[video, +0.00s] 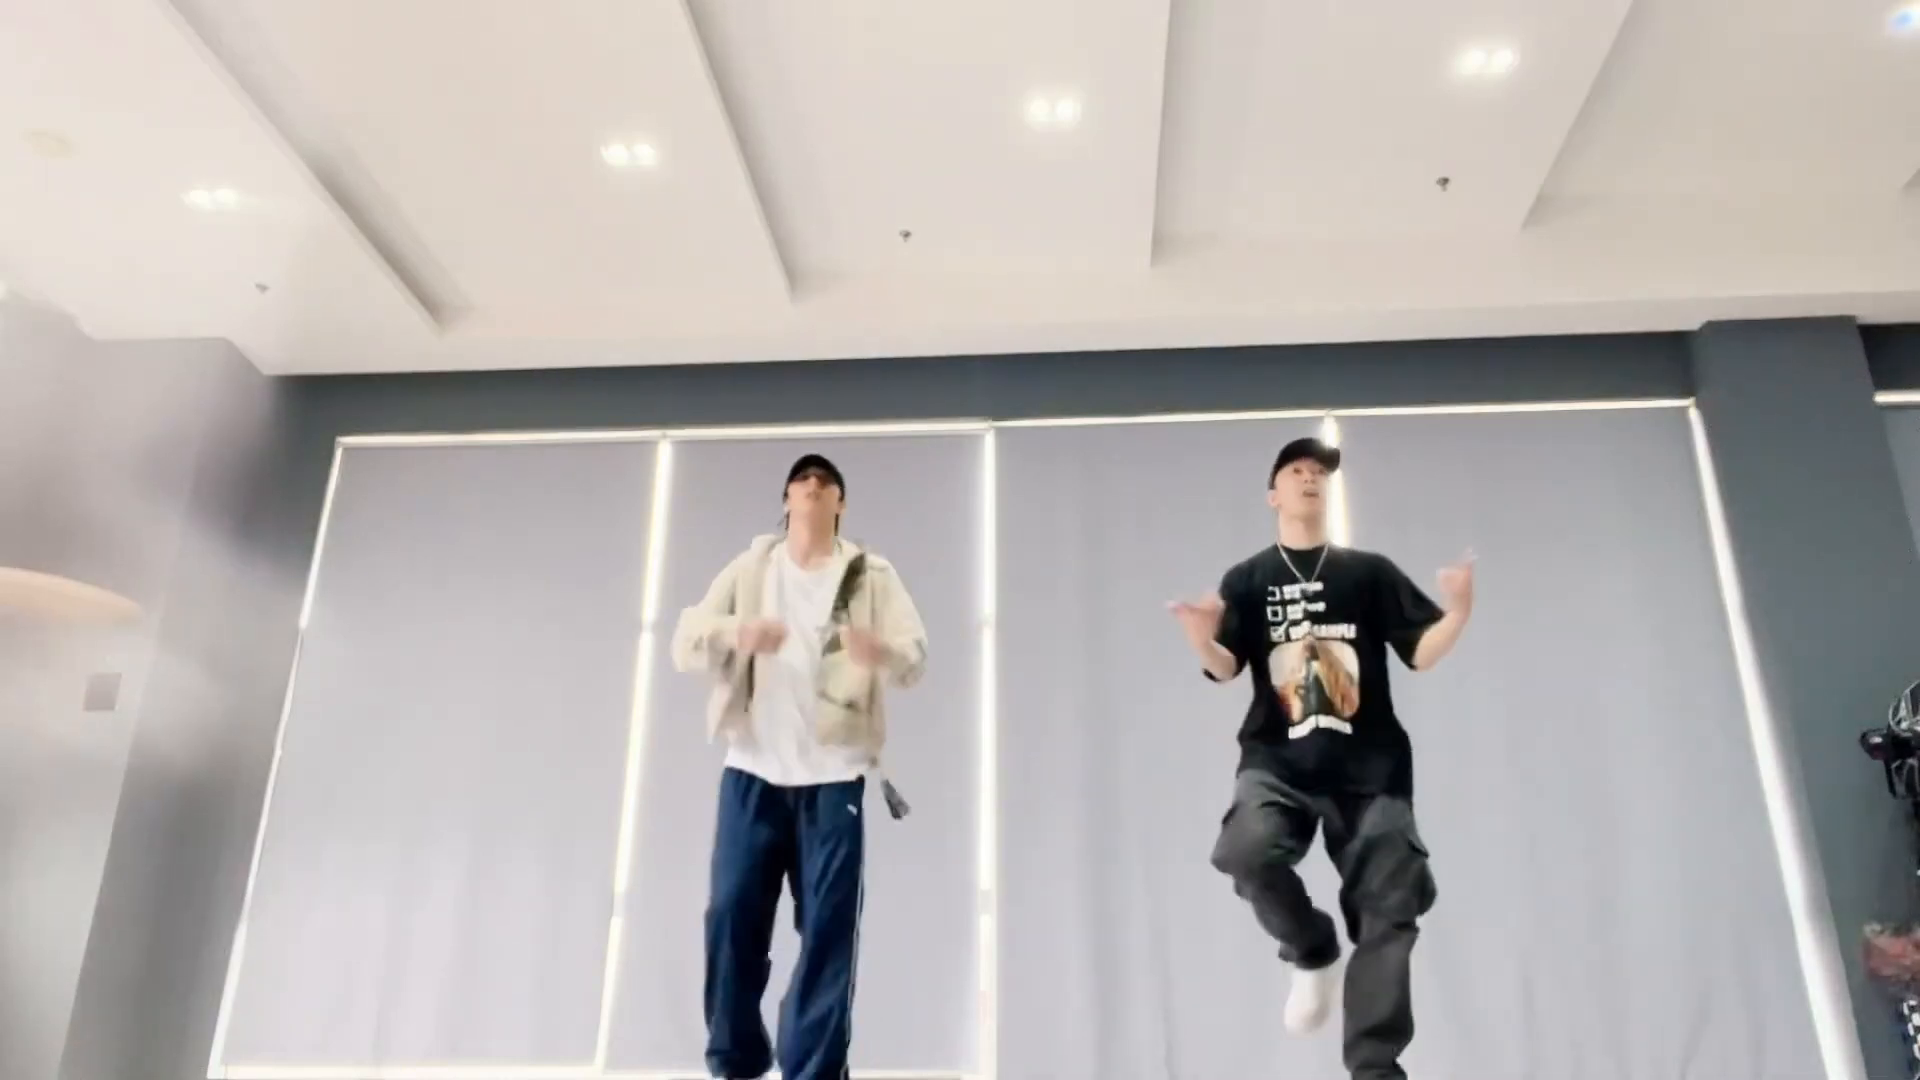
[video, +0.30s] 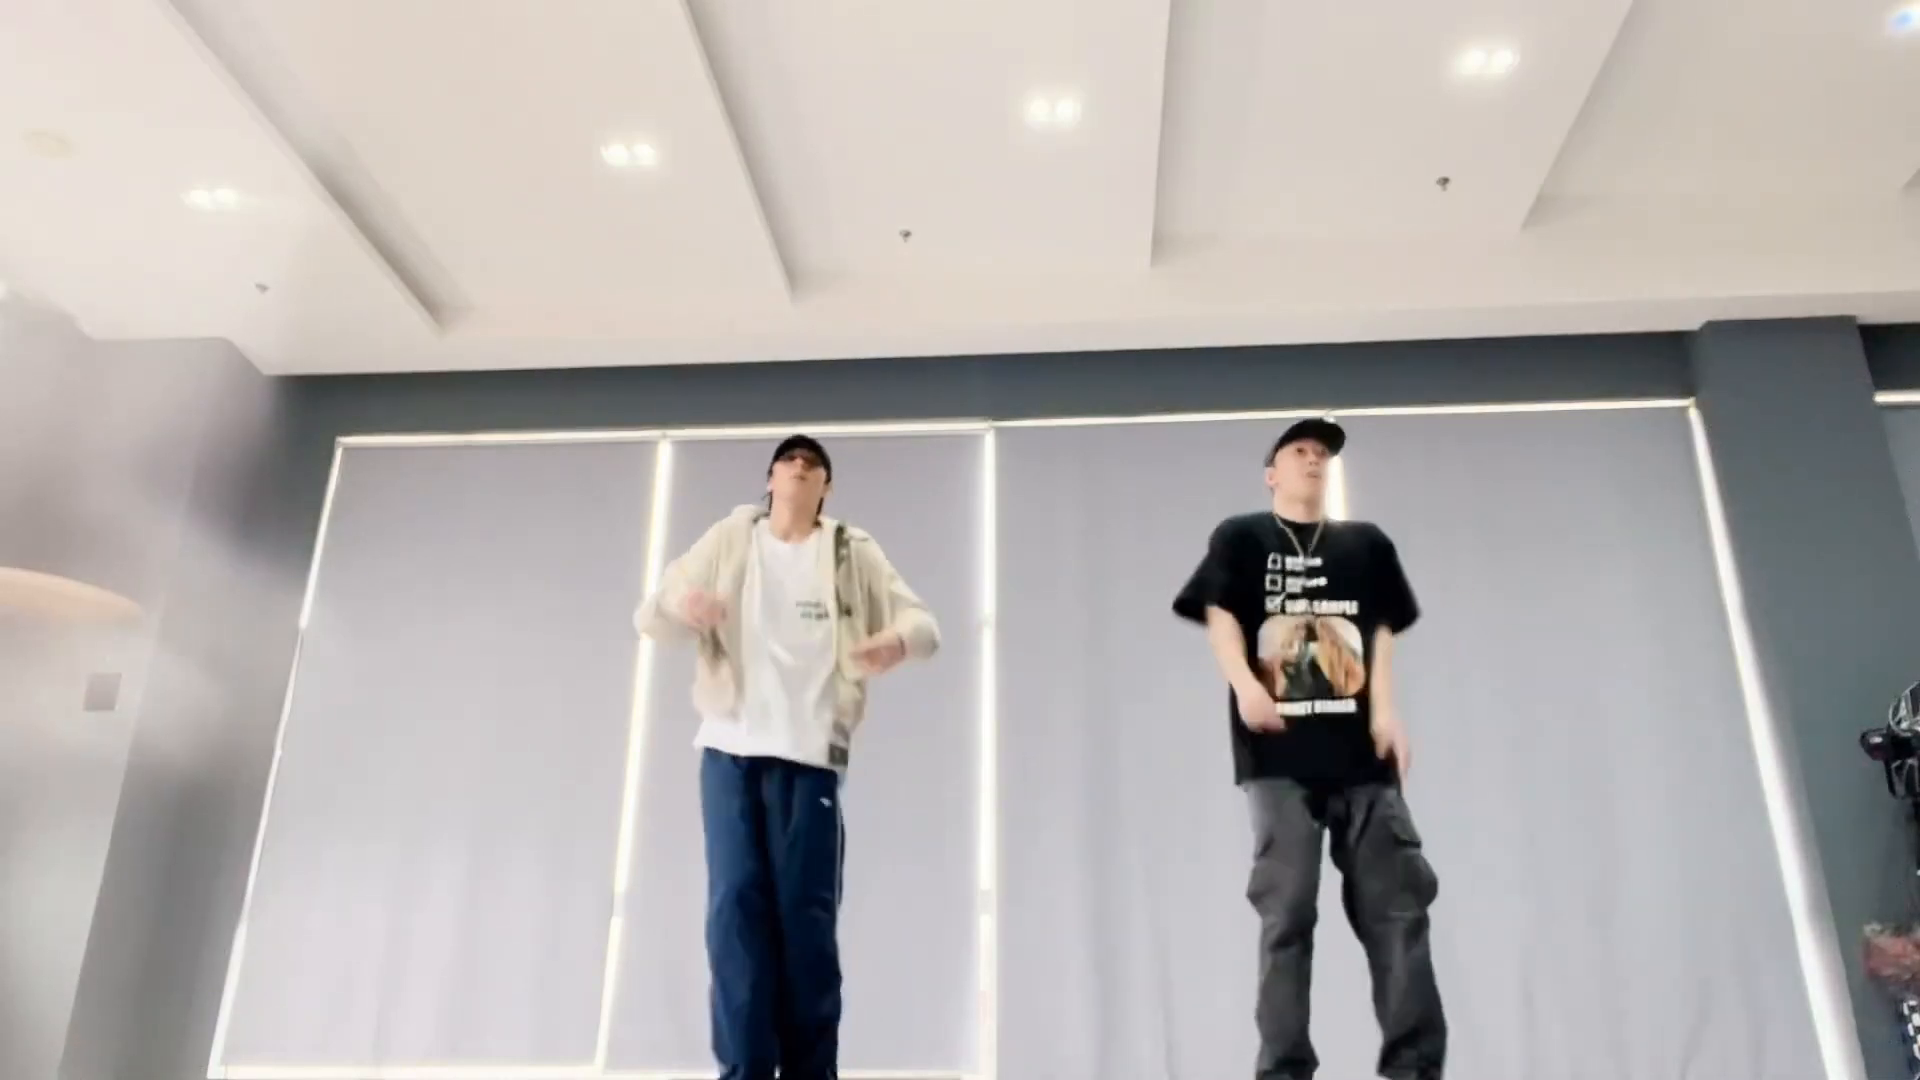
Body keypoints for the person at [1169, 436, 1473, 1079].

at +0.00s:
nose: (1309, 481)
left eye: (1318, 475)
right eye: (1296, 473)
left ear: (1331, 493)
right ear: (1273, 493)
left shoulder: (1371, 571)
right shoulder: (1246, 580)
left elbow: (1421, 653)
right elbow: (1227, 670)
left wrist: (1457, 611)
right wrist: (1204, 641)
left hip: (1367, 762)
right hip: (1277, 759)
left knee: (1389, 901)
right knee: (1248, 853)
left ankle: (1376, 1064)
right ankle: (1315, 956)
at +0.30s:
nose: (1313, 461)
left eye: (1322, 454)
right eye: (1299, 453)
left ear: (1332, 472)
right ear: (1272, 471)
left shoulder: (1365, 542)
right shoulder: (1241, 537)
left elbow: (1381, 633)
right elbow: (1220, 619)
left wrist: (1383, 711)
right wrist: (1246, 686)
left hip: (1361, 756)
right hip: (1278, 757)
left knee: (1397, 902)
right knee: (1287, 908)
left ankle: (1413, 1066)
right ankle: (1284, 1069)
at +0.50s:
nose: (1359, 499)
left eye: (1368, 494)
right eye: (1346, 486)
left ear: (1370, 517)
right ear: (1310, 496)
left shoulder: (1356, 599)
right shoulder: (1263, 545)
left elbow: (1375, 693)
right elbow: (1192, 595)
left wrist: (1391, 651)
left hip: (1312, 761)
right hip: (1242, 747)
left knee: (1375, 897)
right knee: (1257, 868)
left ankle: (1376, 1060)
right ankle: (1264, 1051)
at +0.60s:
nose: (1372, 547)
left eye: (1381, 541)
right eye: (1360, 532)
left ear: (1381, 558)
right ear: (1323, 534)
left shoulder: (1356, 637)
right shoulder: (1274, 554)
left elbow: (1441, 656)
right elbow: (1219, 480)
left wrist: (1530, 630)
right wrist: (1278, 412)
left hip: (1282, 797)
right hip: (1223, 766)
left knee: (1374, 908)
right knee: (1209, 893)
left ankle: (1378, 1074)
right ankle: (1091, 1056)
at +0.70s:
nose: (1365, 576)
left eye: (1372, 570)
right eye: (1351, 564)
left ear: (1376, 588)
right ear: (1323, 570)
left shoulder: (1360, 667)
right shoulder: (1290, 587)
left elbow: (1447, 656)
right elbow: (1274, 488)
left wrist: (1531, 613)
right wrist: (1289, 389)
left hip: (1274, 831)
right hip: (1215, 802)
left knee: (1370, 912)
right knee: (1159, 932)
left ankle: (1375, 1068)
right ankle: (1019, 1041)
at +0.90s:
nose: (1323, 484)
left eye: (1334, 477)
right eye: (1309, 476)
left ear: (1348, 497)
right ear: (1287, 495)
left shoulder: (1369, 597)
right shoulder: (1256, 561)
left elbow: (1362, 692)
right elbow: (1218, 664)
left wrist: (1348, 690)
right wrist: (1282, 654)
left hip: (1344, 761)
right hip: (1263, 740)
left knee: (1400, 910)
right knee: (1262, 871)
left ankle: (1385, 1071)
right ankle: (1185, 1020)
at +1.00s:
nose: (1276, 488)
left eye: (1289, 477)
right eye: (1261, 480)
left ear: (1308, 491)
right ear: (1246, 500)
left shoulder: (1359, 561)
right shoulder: (1234, 594)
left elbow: (1433, 624)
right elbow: (1227, 707)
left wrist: (1333, 603)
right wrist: (1270, 671)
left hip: (1380, 760)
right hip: (1292, 770)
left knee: (1419, 907)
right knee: (1311, 911)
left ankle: (1397, 1065)